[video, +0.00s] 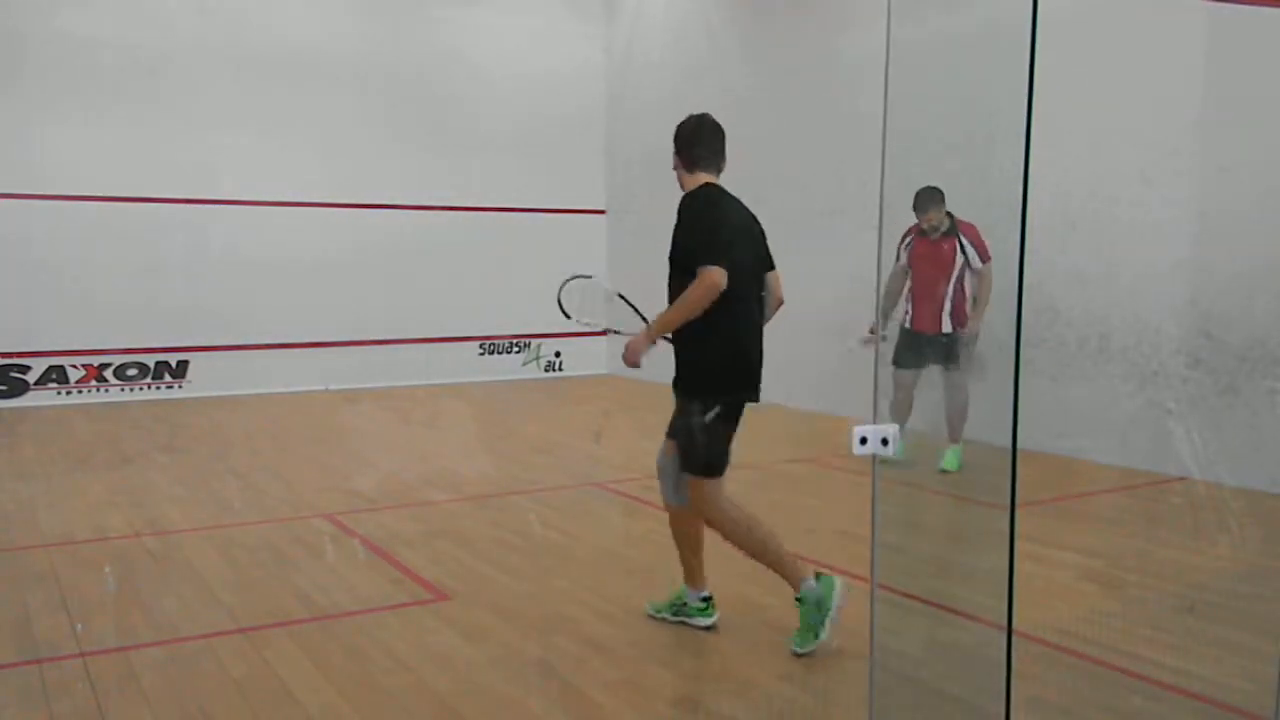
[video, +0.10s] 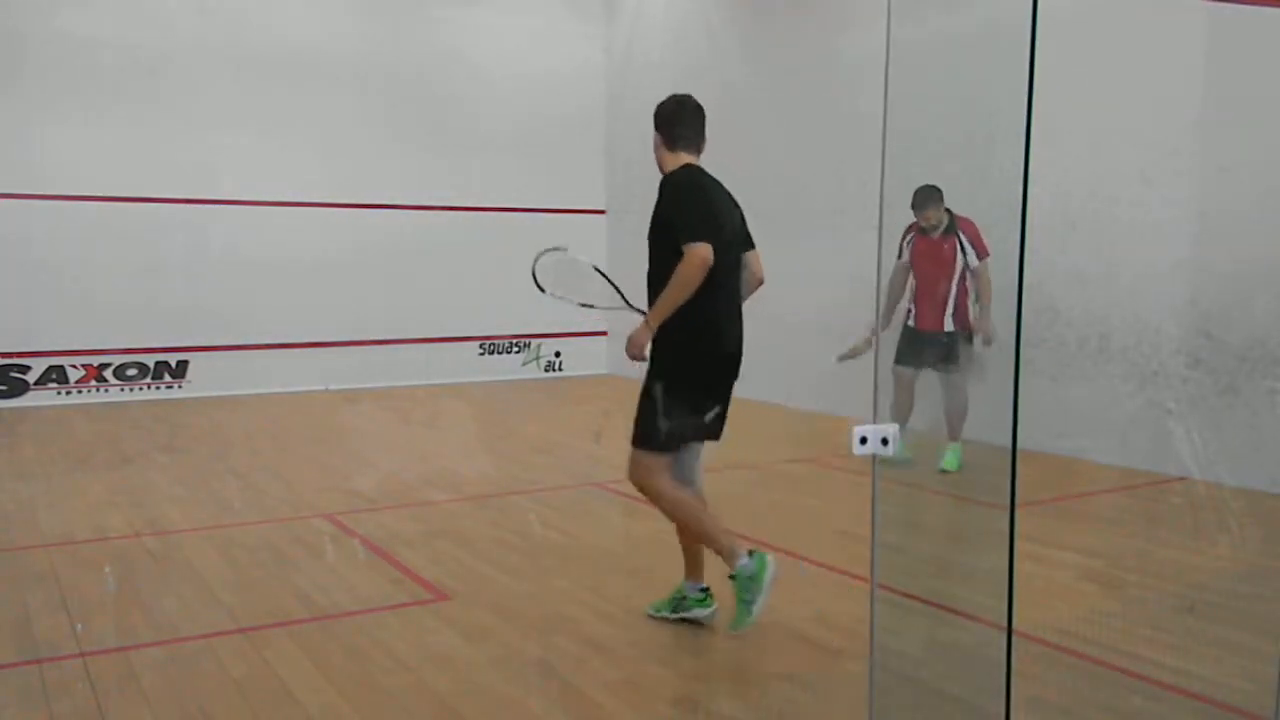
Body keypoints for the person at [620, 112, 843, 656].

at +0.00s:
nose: (671, 164)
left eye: (671, 156)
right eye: (682, 157)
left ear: (676, 159)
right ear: (722, 159)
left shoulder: (698, 208)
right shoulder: (740, 214)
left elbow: (712, 280)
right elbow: (773, 296)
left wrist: (651, 332)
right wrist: (722, 336)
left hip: (709, 377)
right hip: (723, 375)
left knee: (704, 498)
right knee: (671, 472)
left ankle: (810, 586)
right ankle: (695, 595)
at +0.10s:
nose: (653, 146)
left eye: (654, 138)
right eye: (658, 138)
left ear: (658, 140)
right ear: (703, 142)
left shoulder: (677, 189)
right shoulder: (719, 194)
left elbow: (697, 258)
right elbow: (753, 274)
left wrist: (650, 323)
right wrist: (702, 311)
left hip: (683, 350)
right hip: (717, 351)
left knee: (646, 471)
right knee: (683, 468)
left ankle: (742, 559)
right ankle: (694, 587)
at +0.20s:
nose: (634, 123)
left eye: (635, 115)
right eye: (637, 115)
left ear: (641, 117)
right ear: (685, 118)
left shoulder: (655, 163)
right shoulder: (709, 172)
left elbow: (681, 226)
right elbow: (741, 248)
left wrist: (638, 289)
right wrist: (695, 278)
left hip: (659, 331)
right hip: (702, 334)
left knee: (617, 449)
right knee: (681, 450)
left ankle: (666, 572)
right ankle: (694, 566)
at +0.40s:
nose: (603, 154)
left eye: (605, 147)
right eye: (607, 145)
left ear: (612, 153)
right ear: (655, 157)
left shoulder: (615, 207)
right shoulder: (681, 217)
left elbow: (628, 273)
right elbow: (713, 292)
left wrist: (579, 318)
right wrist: (658, 301)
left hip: (609, 367)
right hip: (664, 369)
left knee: (576, 475)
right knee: (654, 461)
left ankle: (585, 611)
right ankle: (686, 581)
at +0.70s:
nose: (613, 121)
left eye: (613, 114)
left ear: (615, 118)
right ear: (663, 120)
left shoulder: (607, 170)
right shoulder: (690, 176)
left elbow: (600, 245)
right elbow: (726, 245)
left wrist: (568, 256)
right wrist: (679, 261)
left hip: (615, 329)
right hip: (671, 329)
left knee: (585, 450)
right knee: (655, 429)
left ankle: (579, 577)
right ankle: (681, 543)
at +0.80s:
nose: (623, 132)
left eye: (623, 124)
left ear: (622, 131)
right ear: (670, 133)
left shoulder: (615, 186)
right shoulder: (698, 189)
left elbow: (609, 262)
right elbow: (738, 256)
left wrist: (580, 258)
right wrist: (689, 266)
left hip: (624, 342)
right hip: (680, 344)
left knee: (577, 446)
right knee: (661, 445)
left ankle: (590, 575)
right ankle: (686, 561)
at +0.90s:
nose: (629, 156)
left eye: (629, 149)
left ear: (629, 156)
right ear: (676, 159)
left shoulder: (622, 214)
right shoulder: (701, 218)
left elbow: (614, 294)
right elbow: (740, 289)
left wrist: (579, 295)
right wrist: (690, 301)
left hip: (631, 367)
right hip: (686, 370)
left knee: (579, 464)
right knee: (663, 464)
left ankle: (607, 587)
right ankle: (696, 586)